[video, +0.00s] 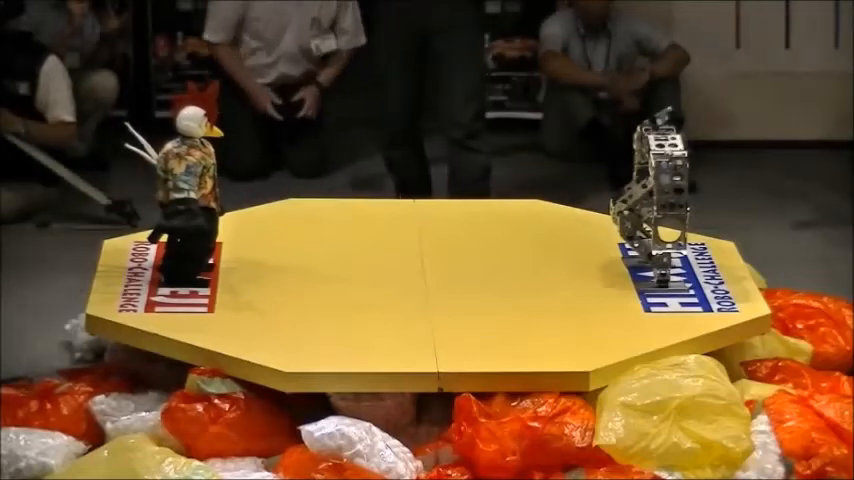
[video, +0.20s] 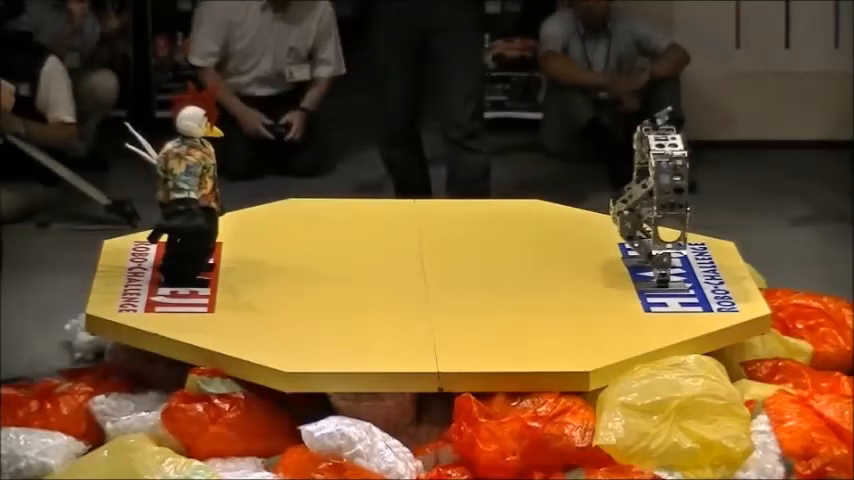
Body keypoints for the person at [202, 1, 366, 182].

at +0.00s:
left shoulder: (340, 5)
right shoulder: (233, 6)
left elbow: (347, 43)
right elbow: (220, 43)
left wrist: (318, 87)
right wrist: (254, 90)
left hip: (304, 87)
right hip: (248, 88)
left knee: (310, 166)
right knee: (245, 167)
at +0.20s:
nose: (281, 7)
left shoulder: (318, 8)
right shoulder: (219, 7)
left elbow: (327, 68)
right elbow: (203, 67)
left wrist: (302, 112)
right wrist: (242, 113)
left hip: (291, 97)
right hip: (237, 99)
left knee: (309, 162)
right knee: (237, 166)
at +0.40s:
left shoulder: (306, 9)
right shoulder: (210, 7)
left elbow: (317, 68)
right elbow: (193, 71)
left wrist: (295, 108)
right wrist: (231, 112)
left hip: (284, 102)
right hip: (230, 105)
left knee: (309, 160)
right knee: (236, 166)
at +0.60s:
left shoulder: (302, 5)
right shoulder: (203, 5)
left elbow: (315, 56)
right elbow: (191, 61)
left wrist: (295, 95)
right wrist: (226, 96)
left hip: (281, 96)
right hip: (230, 99)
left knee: (305, 161)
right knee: (238, 165)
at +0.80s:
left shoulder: (306, 5)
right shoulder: (206, 5)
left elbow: (318, 54)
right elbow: (193, 54)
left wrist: (299, 95)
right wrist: (228, 92)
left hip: (283, 93)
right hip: (231, 95)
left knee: (305, 160)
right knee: (238, 164)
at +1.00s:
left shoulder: (313, 5)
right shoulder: (213, 5)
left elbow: (321, 58)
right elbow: (201, 53)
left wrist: (301, 97)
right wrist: (234, 90)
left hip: (286, 93)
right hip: (234, 93)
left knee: (305, 161)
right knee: (237, 165)